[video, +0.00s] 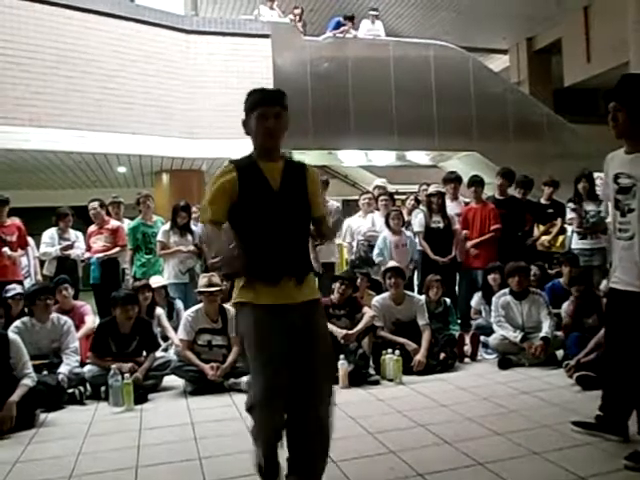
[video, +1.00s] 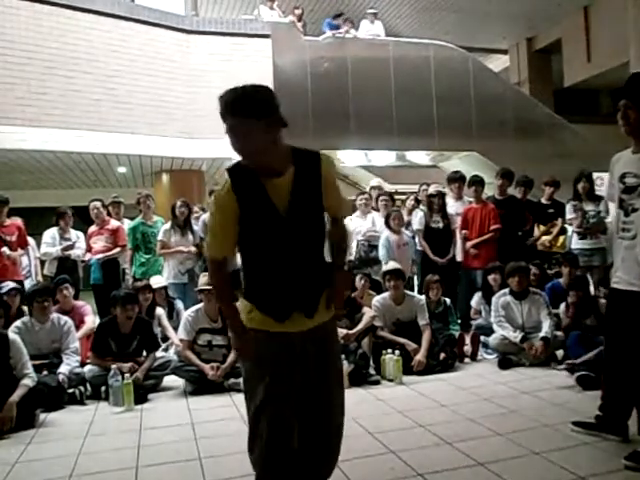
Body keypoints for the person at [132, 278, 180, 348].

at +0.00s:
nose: (146, 295)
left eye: (148, 291)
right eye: (142, 292)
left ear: (152, 294)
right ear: (137, 295)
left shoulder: (158, 311)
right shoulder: (133, 313)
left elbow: (167, 328)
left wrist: (176, 342)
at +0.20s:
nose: (146, 296)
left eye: (149, 292)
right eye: (143, 293)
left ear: (152, 294)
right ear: (137, 295)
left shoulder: (158, 311)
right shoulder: (134, 312)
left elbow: (167, 328)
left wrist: (175, 341)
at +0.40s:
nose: (146, 296)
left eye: (149, 292)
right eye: (142, 293)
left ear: (152, 294)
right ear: (137, 296)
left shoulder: (158, 311)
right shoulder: (134, 312)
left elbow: (167, 328)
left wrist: (175, 341)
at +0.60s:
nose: (146, 296)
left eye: (149, 292)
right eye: (143, 293)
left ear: (152, 294)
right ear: (137, 296)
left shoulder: (158, 311)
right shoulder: (134, 312)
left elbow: (167, 328)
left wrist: (176, 341)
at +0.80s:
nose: (147, 296)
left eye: (149, 292)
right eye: (143, 293)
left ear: (152, 294)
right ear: (137, 296)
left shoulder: (158, 311)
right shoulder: (134, 312)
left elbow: (167, 328)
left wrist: (176, 341)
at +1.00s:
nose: (147, 296)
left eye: (149, 293)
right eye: (143, 293)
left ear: (153, 294)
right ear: (137, 296)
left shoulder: (158, 311)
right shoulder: (134, 312)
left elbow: (167, 328)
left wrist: (176, 341)